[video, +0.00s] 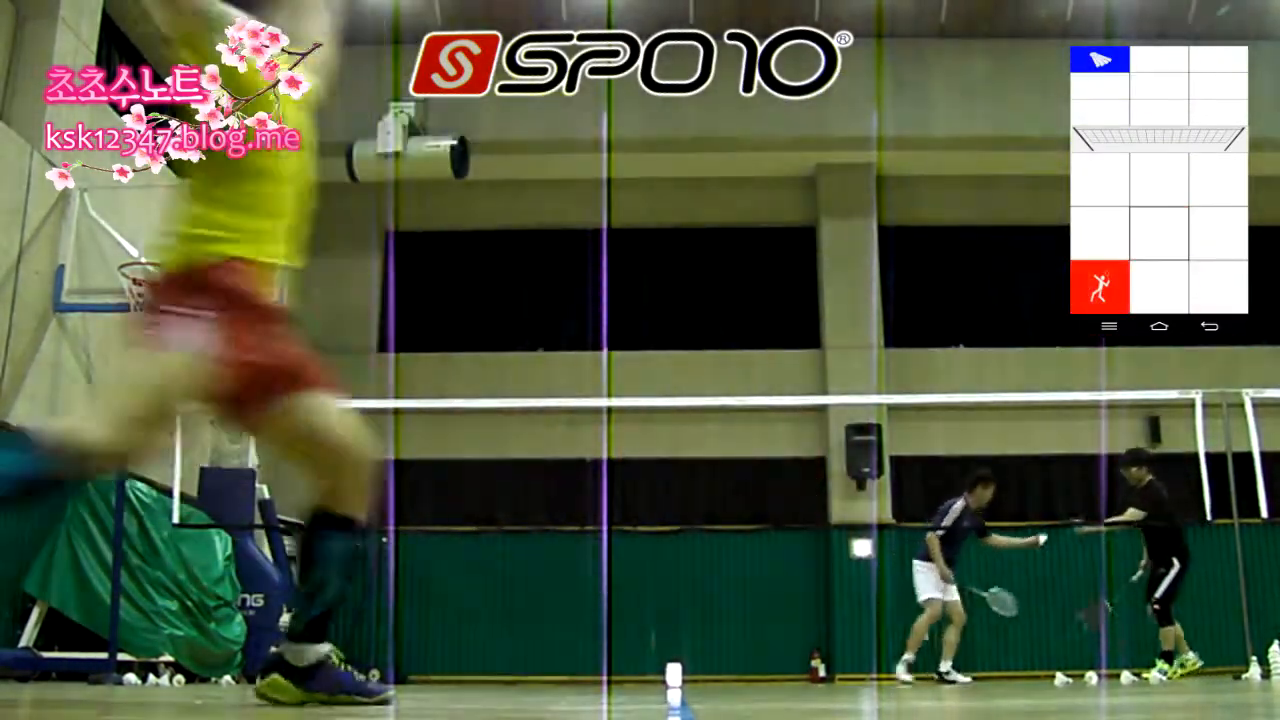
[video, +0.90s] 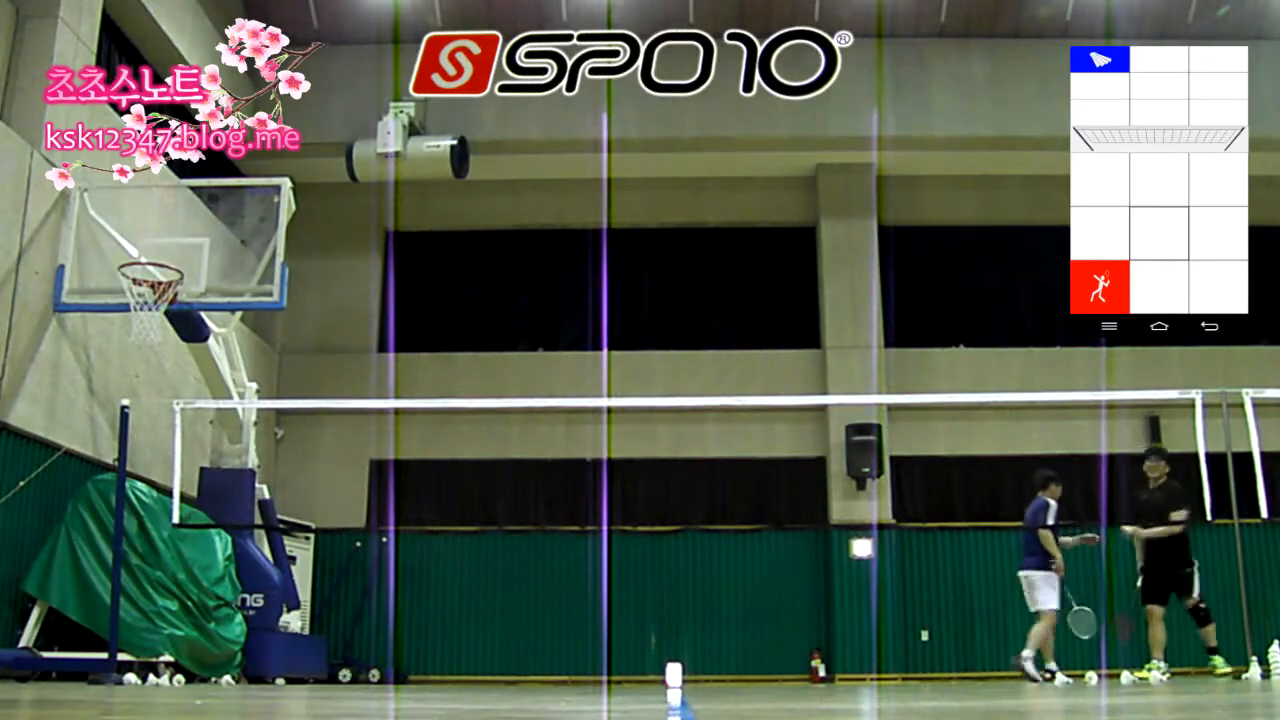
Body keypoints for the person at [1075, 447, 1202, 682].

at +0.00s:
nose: (1126, 475)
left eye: (1129, 470)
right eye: (1124, 471)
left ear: (1141, 468)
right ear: (1134, 471)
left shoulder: (1153, 490)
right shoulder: (1140, 490)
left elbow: (1131, 517)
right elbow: (1150, 531)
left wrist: (1097, 525)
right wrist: (1146, 558)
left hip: (1175, 556)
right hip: (1159, 557)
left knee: (1159, 604)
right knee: (1157, 605)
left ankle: (1166, 662)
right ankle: (1187, 655)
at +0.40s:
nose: (1124, 474)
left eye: (1126, 469)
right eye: (1122, 470)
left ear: (1139, 467)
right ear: (1131, 470)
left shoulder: (1150, 491)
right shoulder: (1140, 490)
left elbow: (1126, 519)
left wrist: (1094, 527)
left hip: (1166, 558)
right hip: (1150, 558)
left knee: (1156, 606)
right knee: (1148, 608)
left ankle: (1167, 661)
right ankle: (1156, 659)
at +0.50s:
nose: (1125, 473)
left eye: (1129, 468)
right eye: (1124, 469)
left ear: (1142, 468)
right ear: (1135, 470)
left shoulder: (1150, 491)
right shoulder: (1140, 491)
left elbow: (1126, 524)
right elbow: (1125, 523)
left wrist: (1093, 529)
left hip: (1166, 558)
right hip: (1150, 558)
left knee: (1159, 607)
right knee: (1147, 608)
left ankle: (1168, 661)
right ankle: (1155, 660)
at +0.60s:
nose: (1129, 473)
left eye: (1133, 468)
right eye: (1127, 469)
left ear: (1146, 468)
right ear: (1130, 470)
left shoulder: (1152, 493)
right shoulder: (1142, 492)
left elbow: (1130, 526)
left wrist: (1098, 531)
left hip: (1166, 559)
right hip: (1151, 559)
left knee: (1163, 608)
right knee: (1152, 609)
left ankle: (1171, 659)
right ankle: (1157, 661)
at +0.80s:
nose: (1143, 468)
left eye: (1148, 464)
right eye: (1140, 464)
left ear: (1159, 467)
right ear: (1137, 467)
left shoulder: (1163, 491)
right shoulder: (1140, 494)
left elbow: (1156, 526)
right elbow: (1141, 532)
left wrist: (1124, 531)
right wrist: (1142, 564)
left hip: (1173, 557)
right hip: (1151, 558)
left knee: (1183, 604)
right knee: (1152, 610)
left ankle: (1202, 655)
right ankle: (1157, 662)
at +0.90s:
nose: (1152, 466)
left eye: (1157, 462)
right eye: (1148, 462)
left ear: (1166, 466)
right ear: (1144, 466)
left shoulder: (1175, 490)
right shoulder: (1142, 495)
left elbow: (1178, 525)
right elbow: (1140, 534)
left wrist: (1142, 532)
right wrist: (1140, 566)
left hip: (1179, 558)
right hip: (1153, 559)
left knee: (1194, 604)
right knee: (1153, 610)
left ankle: (1214, 655)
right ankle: (1157, 662)